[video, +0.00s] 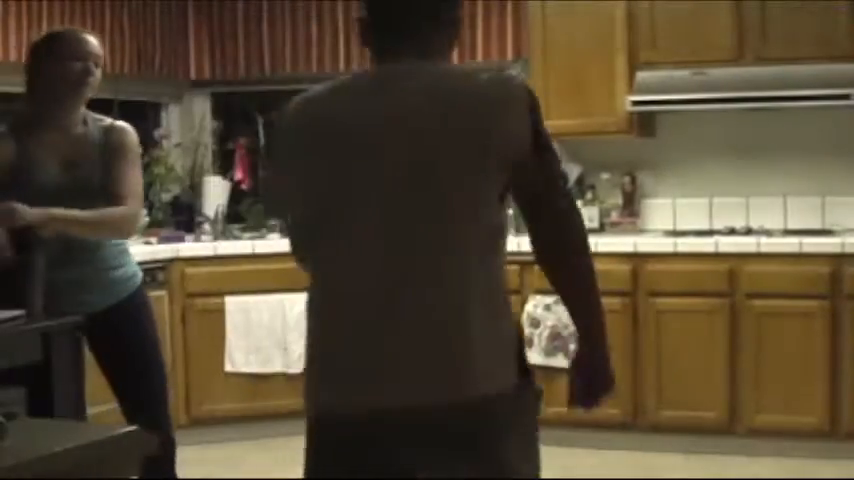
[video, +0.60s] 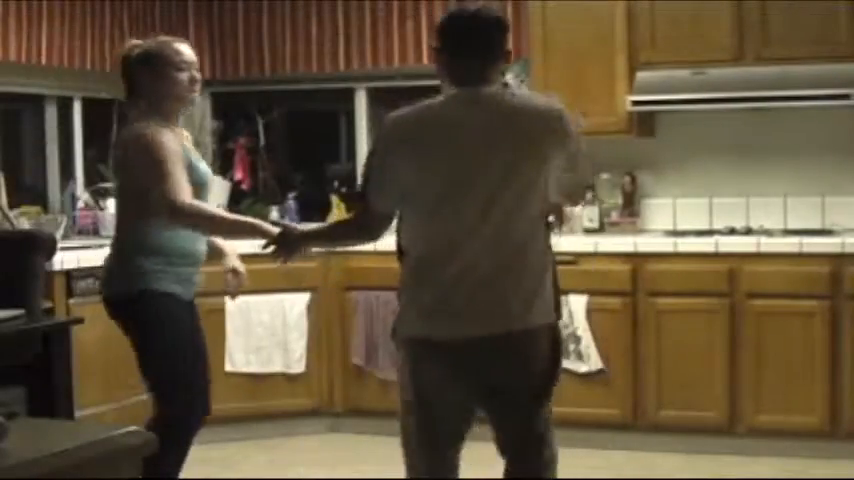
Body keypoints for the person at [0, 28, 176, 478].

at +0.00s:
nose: (89, 71)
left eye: (96, 64)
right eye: (76, 61)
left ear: (102, 75)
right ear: (43, 67)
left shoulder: (117, 136)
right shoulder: (13, 137)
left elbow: (129, 219)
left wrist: (45, 217)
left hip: (113, 296)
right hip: (38, 303)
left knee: (154, 425)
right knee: (52, 434)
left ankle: (161, 478)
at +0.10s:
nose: (106, 68)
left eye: (110, 61)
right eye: (91, 58)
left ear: (115, 73)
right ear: (55, 69)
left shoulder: (129, 135)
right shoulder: (21, 142)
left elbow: (156, 220)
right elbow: (2, 204)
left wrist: (77, 227)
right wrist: (22, 221)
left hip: (123, 298)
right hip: (51, 306)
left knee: (156, 420)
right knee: (62, 432)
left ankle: (155, 477)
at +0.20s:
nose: (121, 69)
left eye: (124, 62)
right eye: (108, 60)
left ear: (127, 74)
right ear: (71, 70)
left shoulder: (142, 136)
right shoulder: (44, 138)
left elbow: (177, 217)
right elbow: (5, 192)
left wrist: (139, 246)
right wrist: (71, 214)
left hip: (134, 300)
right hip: (67, 304)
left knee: (159, 416)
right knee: (75, 427)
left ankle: (154, 476)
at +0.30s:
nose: (138, 73)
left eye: (141, 66)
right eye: (125, 63)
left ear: (146, 77)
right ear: (91, 74)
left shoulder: (156, 138)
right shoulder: (71, 139)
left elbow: (184, 214)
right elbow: (31, 200)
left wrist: (176, 257)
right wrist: (120, 218)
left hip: (146, 303)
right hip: (86, 304)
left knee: (166, 415)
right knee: (90, 424)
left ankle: (150, 477)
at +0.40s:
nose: (159, 79)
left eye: (161, 71)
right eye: (147, 70)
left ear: (164, 79)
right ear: (113, 80)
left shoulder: (165, 139)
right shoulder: (101, 143)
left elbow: (186, 210)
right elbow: (88, 214)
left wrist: (200, 249)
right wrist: (189, 228)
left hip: (160, 300)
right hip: (105, 304)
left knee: (182, 412)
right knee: (104, 423)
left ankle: (154, 477)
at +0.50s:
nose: (177, 81)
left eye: (179, 73)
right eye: (164, 73)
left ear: (179, 80)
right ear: (130, 82)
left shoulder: (170, 140)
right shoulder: (124, 143)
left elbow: (185, 211)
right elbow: (138, 213)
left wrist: (213, 251)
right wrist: (237, 230)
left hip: (170, 296)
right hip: (126, 297)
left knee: (193, 410)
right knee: (135, 420)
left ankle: (159, 476)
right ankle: (120, 477)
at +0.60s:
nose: (196, 77)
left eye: (197, 69)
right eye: (183, 69)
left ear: (195, 78)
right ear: (149, 78)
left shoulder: (175, 135)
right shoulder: (151, 137)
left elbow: (181, 214)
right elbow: (176, 207)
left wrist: (225, 251)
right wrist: (262, 227)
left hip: (168, 286)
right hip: (146, 288)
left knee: (188, 406)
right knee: (184, 408)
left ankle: (146, 471)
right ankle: (156, 474)